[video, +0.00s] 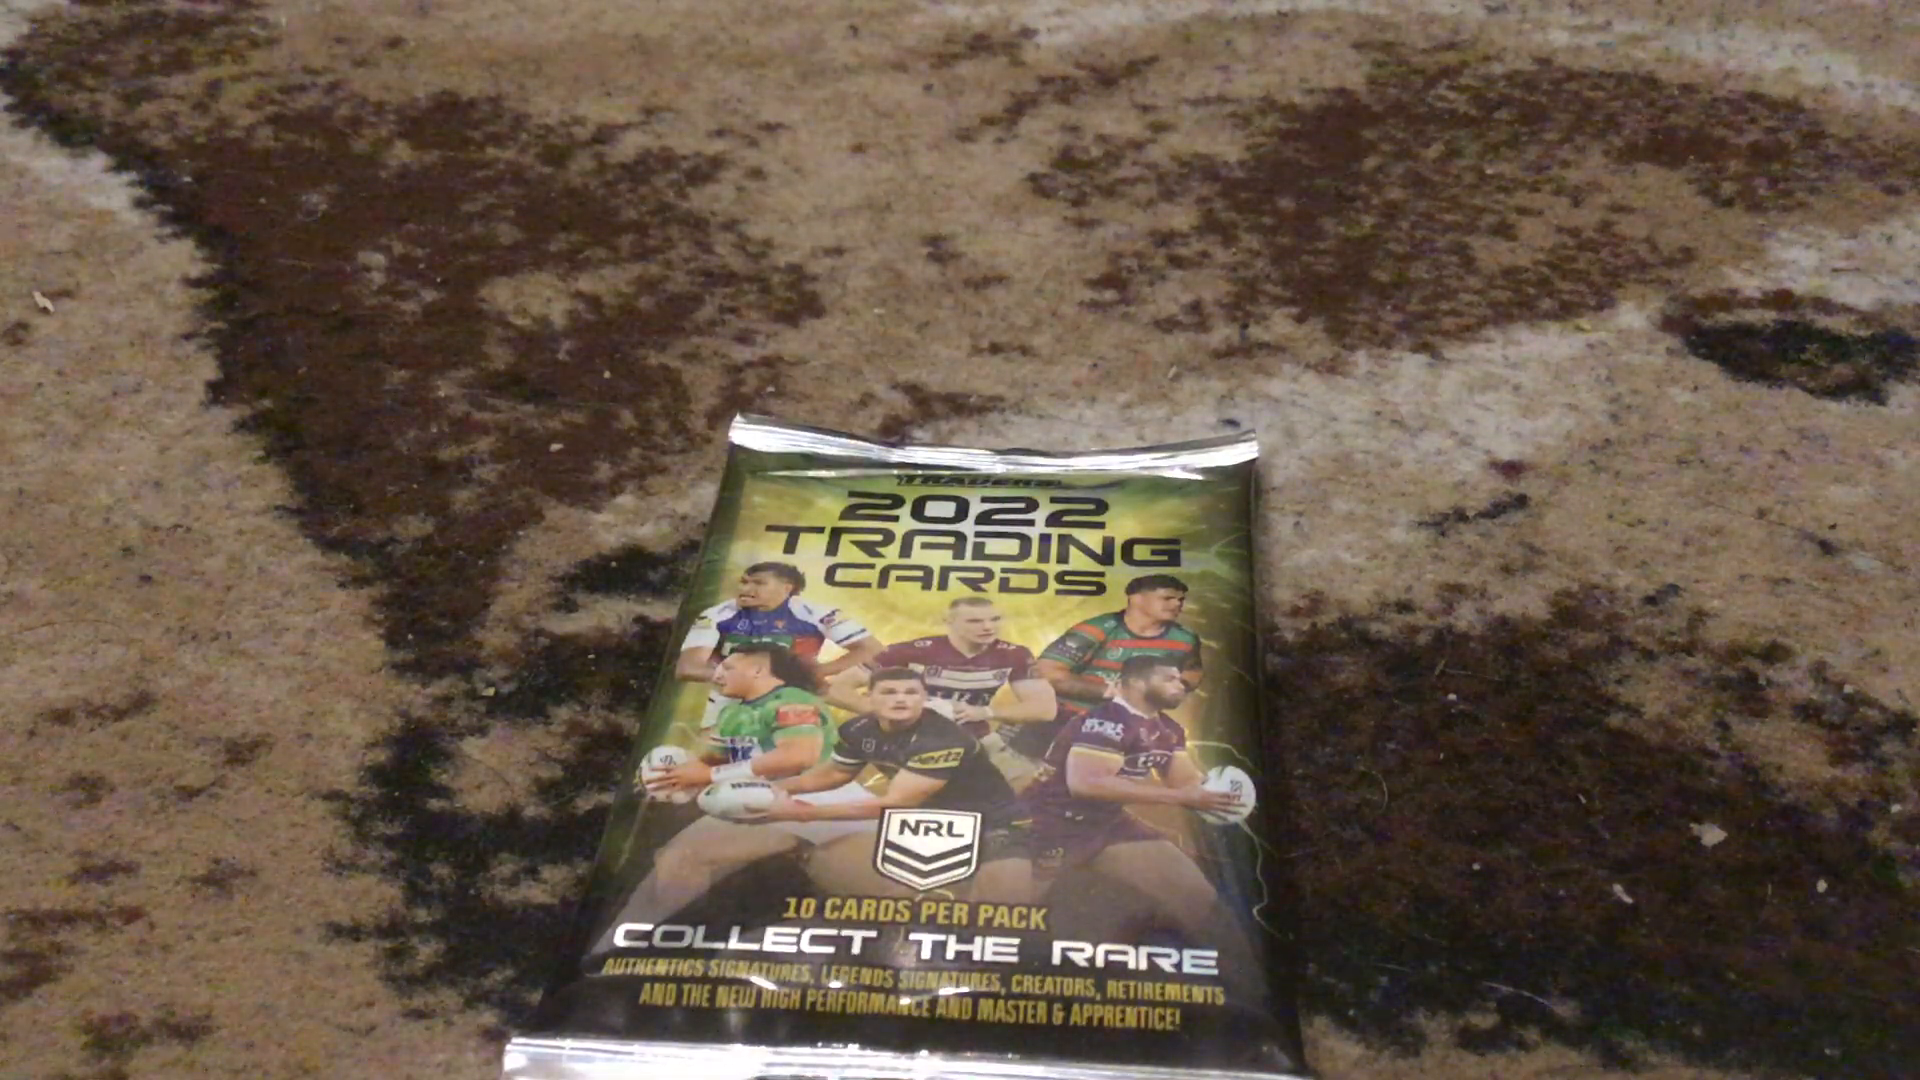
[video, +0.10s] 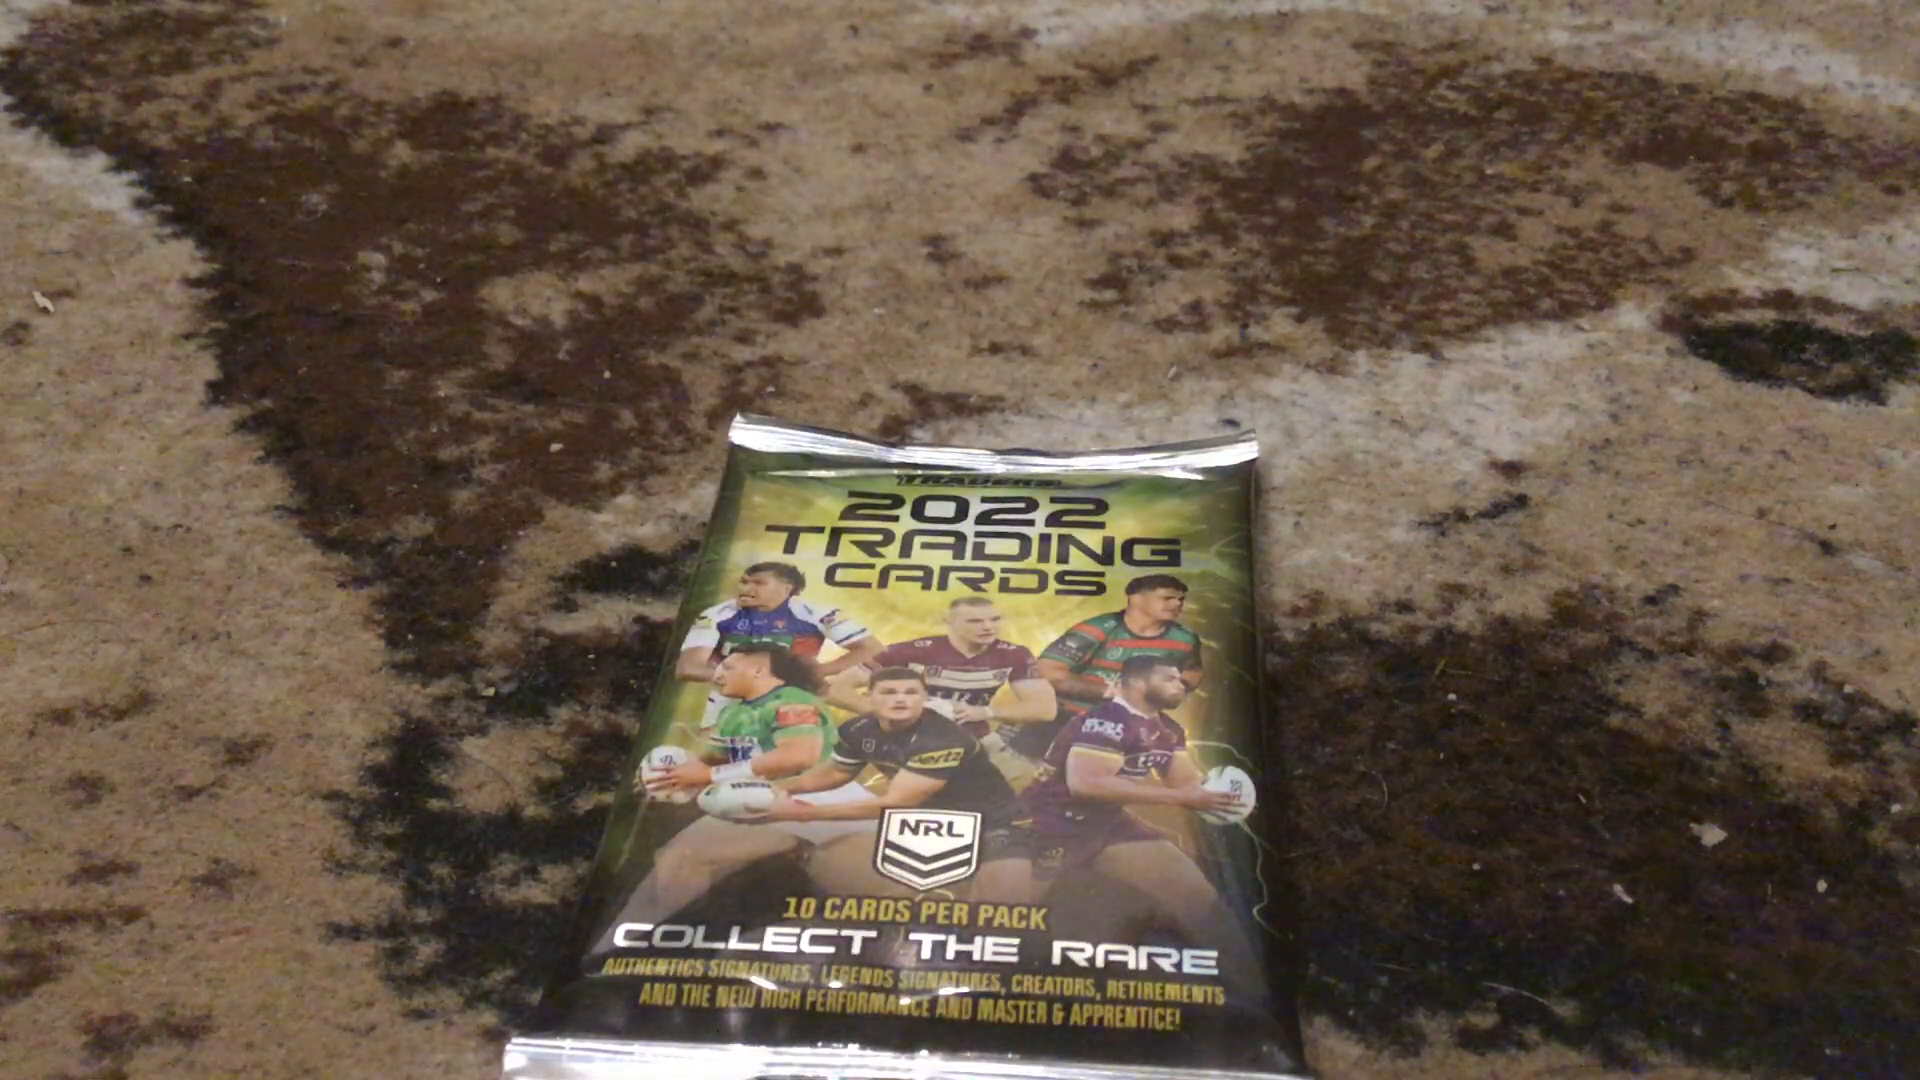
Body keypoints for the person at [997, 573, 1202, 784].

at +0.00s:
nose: (1176, 605)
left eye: (1179, 600)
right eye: (1167, 598)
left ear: (1182, 604)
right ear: (1136, 599)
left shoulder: (1186, 640)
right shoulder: (1097, 629)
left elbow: (1193, 677)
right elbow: (1044, 671)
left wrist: (1150, 693)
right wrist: (1108, 691)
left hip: (1145, 731)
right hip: (1083, 728)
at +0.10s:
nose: (1176, 605)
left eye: (1179, 600)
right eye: (1167, 598)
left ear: (1182, 604)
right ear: (1136, 598)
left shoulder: (1186, 640)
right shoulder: (1098, 629)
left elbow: (1194, 674)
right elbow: (1045, 670)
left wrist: (1155, 694)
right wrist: (1107, 690)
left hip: (1144, 729)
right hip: (1083, 726)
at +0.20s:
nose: (1177, 605)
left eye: (1179, 600)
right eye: (1168, 598)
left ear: (1183, 604)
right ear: (1135, 598)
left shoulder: (1186, 640)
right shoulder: (1098, 629)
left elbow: (1194, 672)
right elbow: (1045, 671)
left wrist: (1162, 694)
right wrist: (1107, 691)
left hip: (1142, 729)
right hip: (1082, 726)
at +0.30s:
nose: (1177, 605)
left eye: (1179, 600)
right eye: (1167, 598)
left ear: (1183, 603)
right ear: (1135, 598)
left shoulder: (1186, 641)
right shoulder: (1098, 629)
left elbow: (1193, 675)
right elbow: (1044, 671)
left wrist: (1156, 696)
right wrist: (1107, 691)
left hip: (1142, 729)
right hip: (1082, 725)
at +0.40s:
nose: (1176, 605)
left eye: (1179, 600)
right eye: (1167, 598)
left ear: (1182, 603)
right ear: (1135, 598)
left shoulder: (1186, 641)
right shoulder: (1098, 629)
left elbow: (1194, 672)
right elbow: (1045, 670)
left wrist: (1162, 696)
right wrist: (1106, 691)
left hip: (1142, 727)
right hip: (1082, 723)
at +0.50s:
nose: (1177, 605)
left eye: (1179, 600)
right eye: (1167, 598)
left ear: (1182, 603)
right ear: (1135, 598)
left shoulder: (1186, 640)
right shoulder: (1097, 629)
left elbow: (1194, 672)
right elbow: (1044, 670)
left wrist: (1162, 695)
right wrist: (1106, 691)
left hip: (1141, 726)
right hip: (1081, 723)